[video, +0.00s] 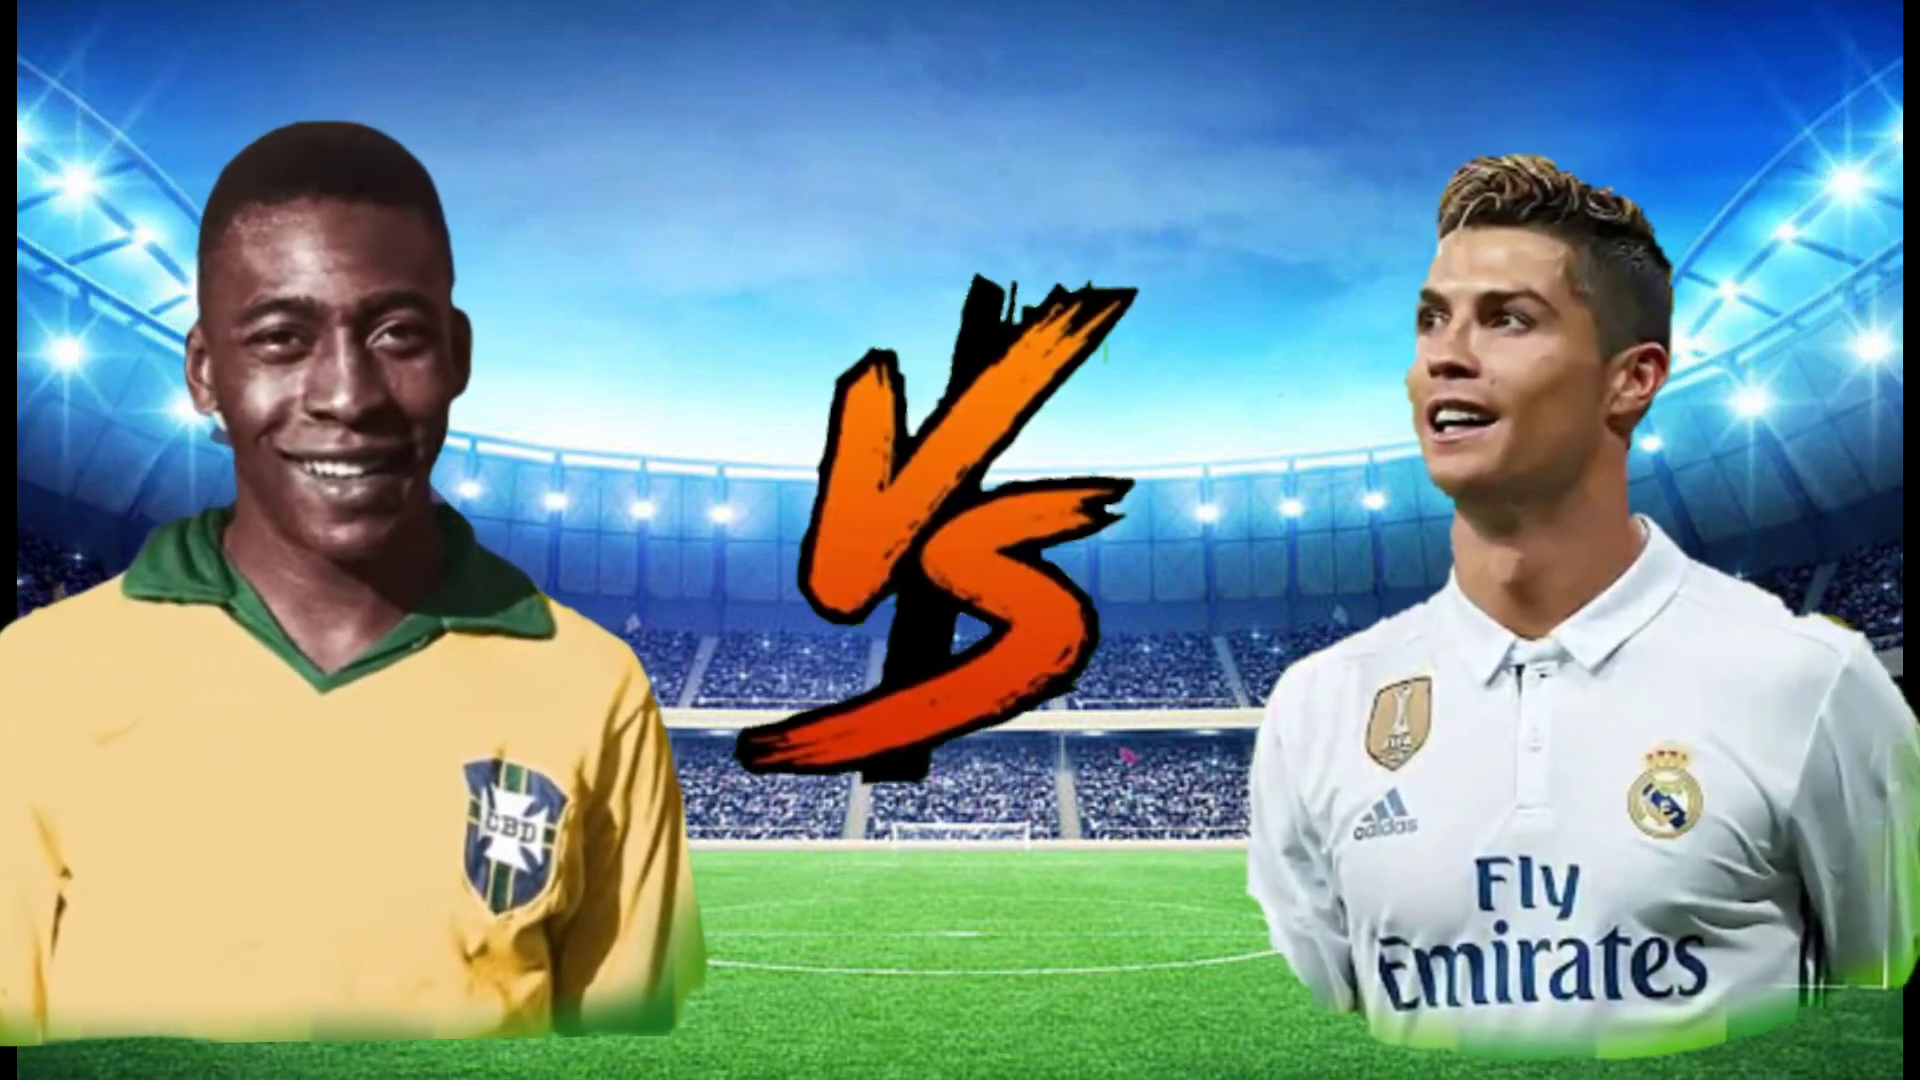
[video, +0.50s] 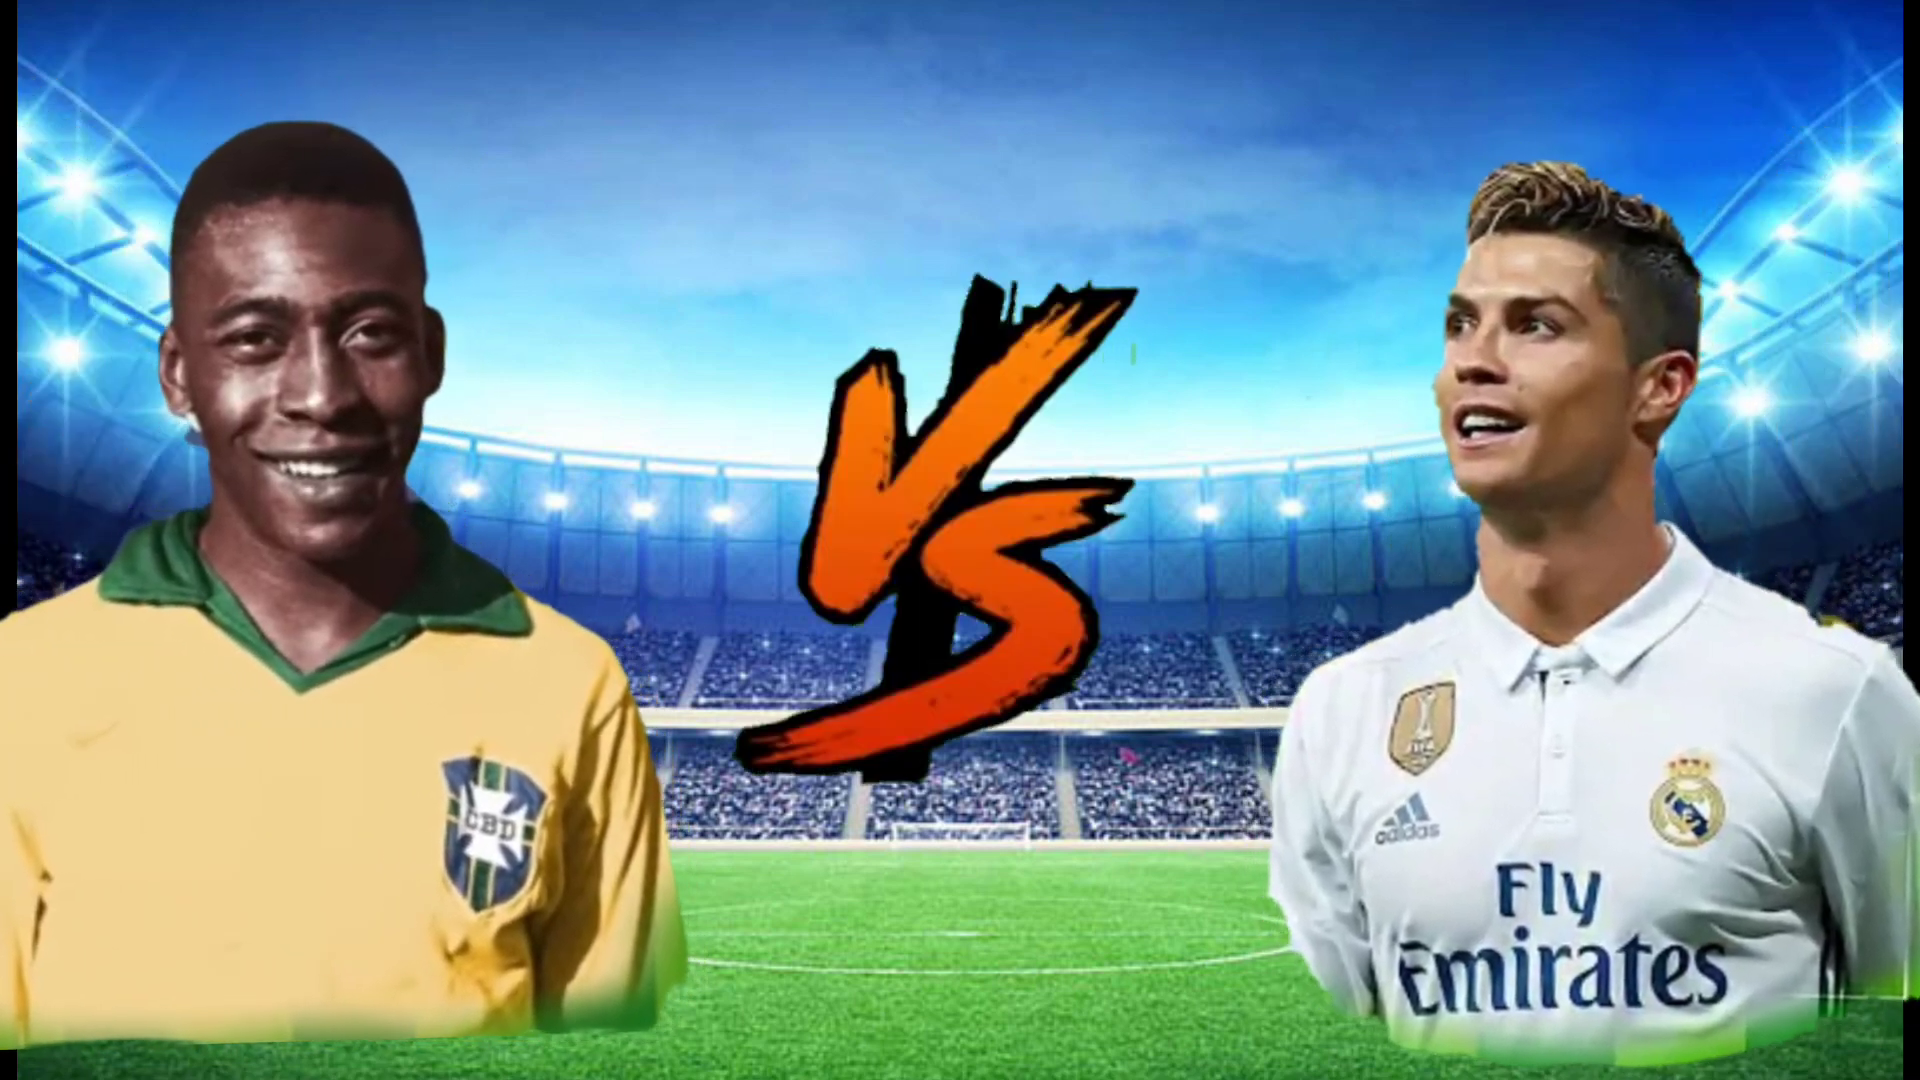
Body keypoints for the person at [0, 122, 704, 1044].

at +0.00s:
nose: (348, 397)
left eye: (397, 333)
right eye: (283, 338)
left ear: (456, 356)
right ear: (204, 373)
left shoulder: (594, 701)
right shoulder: (35, 690)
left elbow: (621, 1055)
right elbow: (17, 1029)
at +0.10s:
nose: (345, 397)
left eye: (394, 333)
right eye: (279, 337)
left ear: (453, 357)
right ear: (201, 374)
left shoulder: (592, 700)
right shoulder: (33, 690)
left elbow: (619, 1053)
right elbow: (16, 1028)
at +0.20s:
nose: (342, 397)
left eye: (390, 333)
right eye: (275, 337)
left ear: (450, 357)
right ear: (198, 374)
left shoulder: (589, 699)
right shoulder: (32, 690)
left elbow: (616, 1051)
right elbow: (16, 1027)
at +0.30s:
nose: (337, 396)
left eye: (385, 333)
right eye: (270, 336)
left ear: (444, 357)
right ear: (193, 376)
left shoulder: (584, 698)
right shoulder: (30, 689)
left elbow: (613, 1055)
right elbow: (16, 1029)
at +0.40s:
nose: (331, 396)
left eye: (379, 333)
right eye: (263, 337)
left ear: (438, 357)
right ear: (187, 376)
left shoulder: (578, 697)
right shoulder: (28, 688)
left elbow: (607, 1051)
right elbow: (14, 1028)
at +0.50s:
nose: (325, 397)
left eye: (371, 333)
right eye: (256, 337)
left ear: (431, 357)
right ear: (179, 376)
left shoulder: (571, 696)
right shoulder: (26, 686)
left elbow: (601, 1052)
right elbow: (11, 1030)